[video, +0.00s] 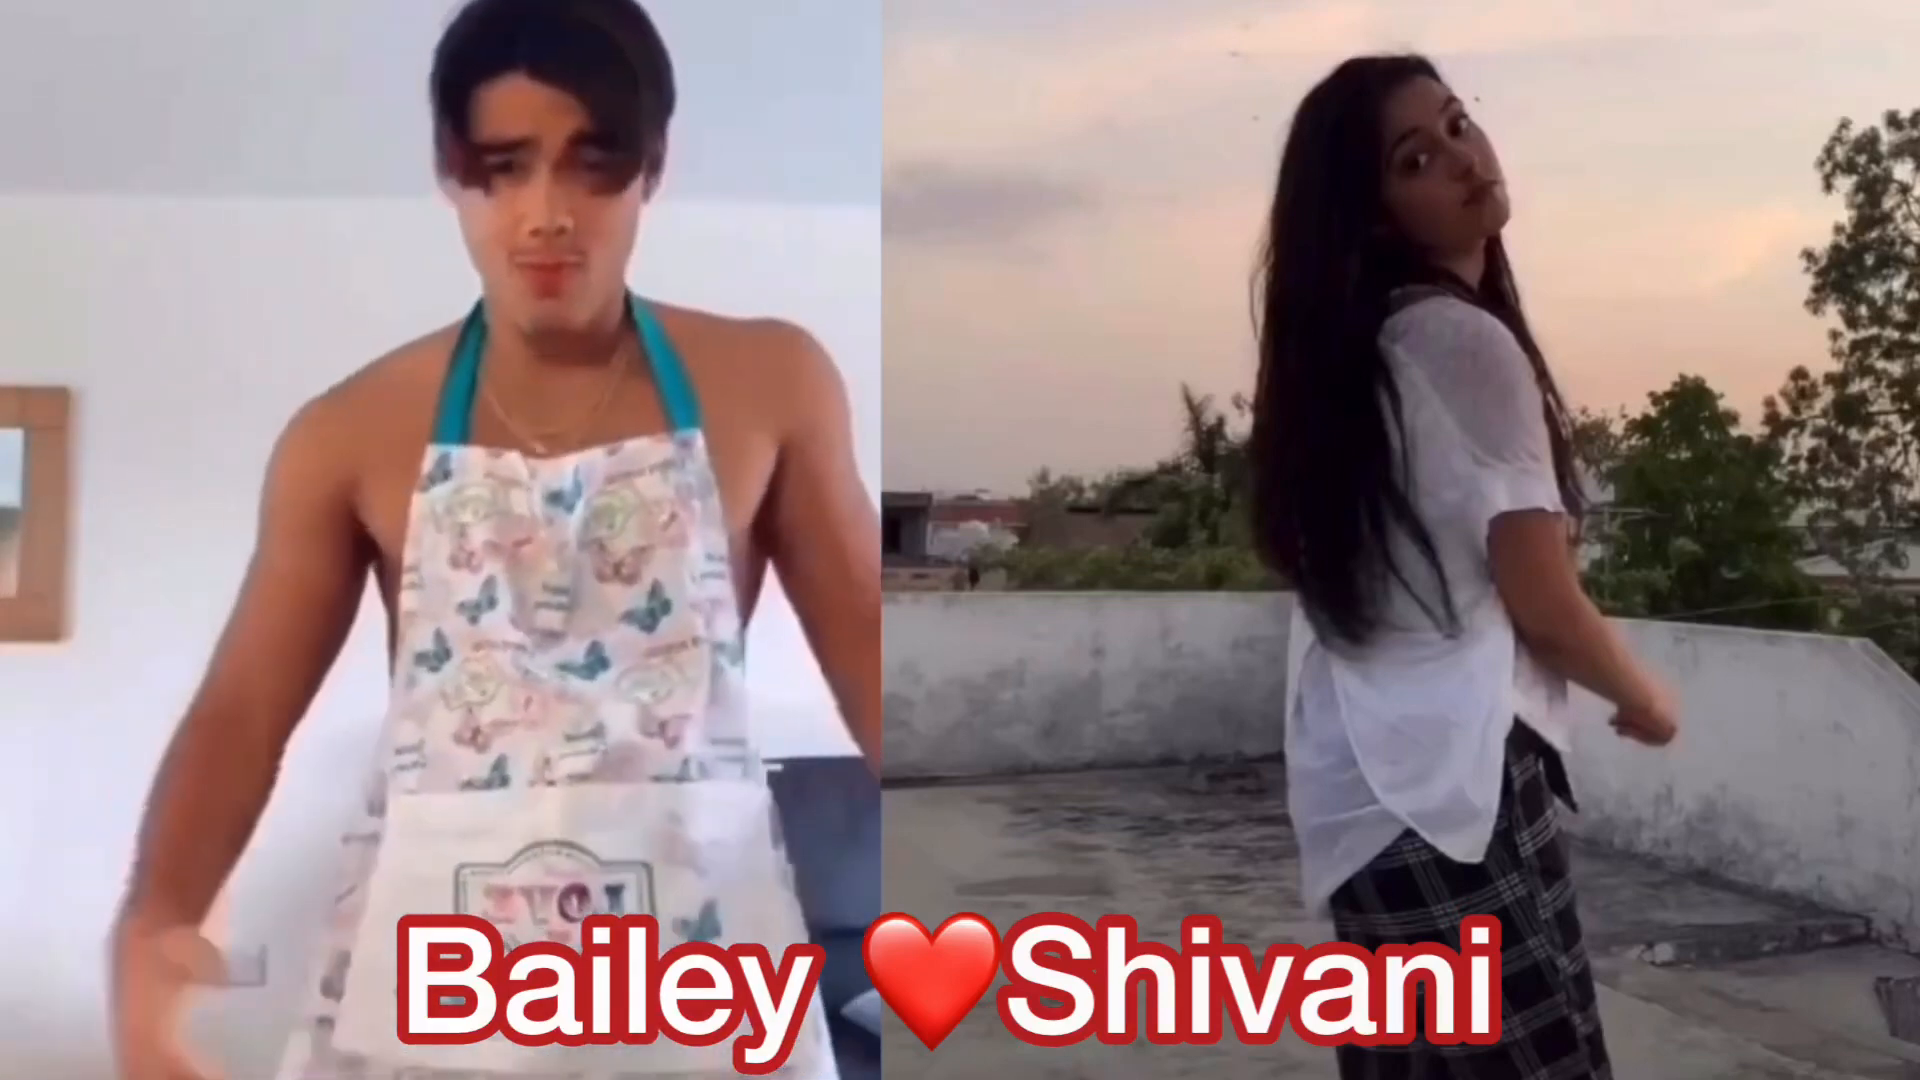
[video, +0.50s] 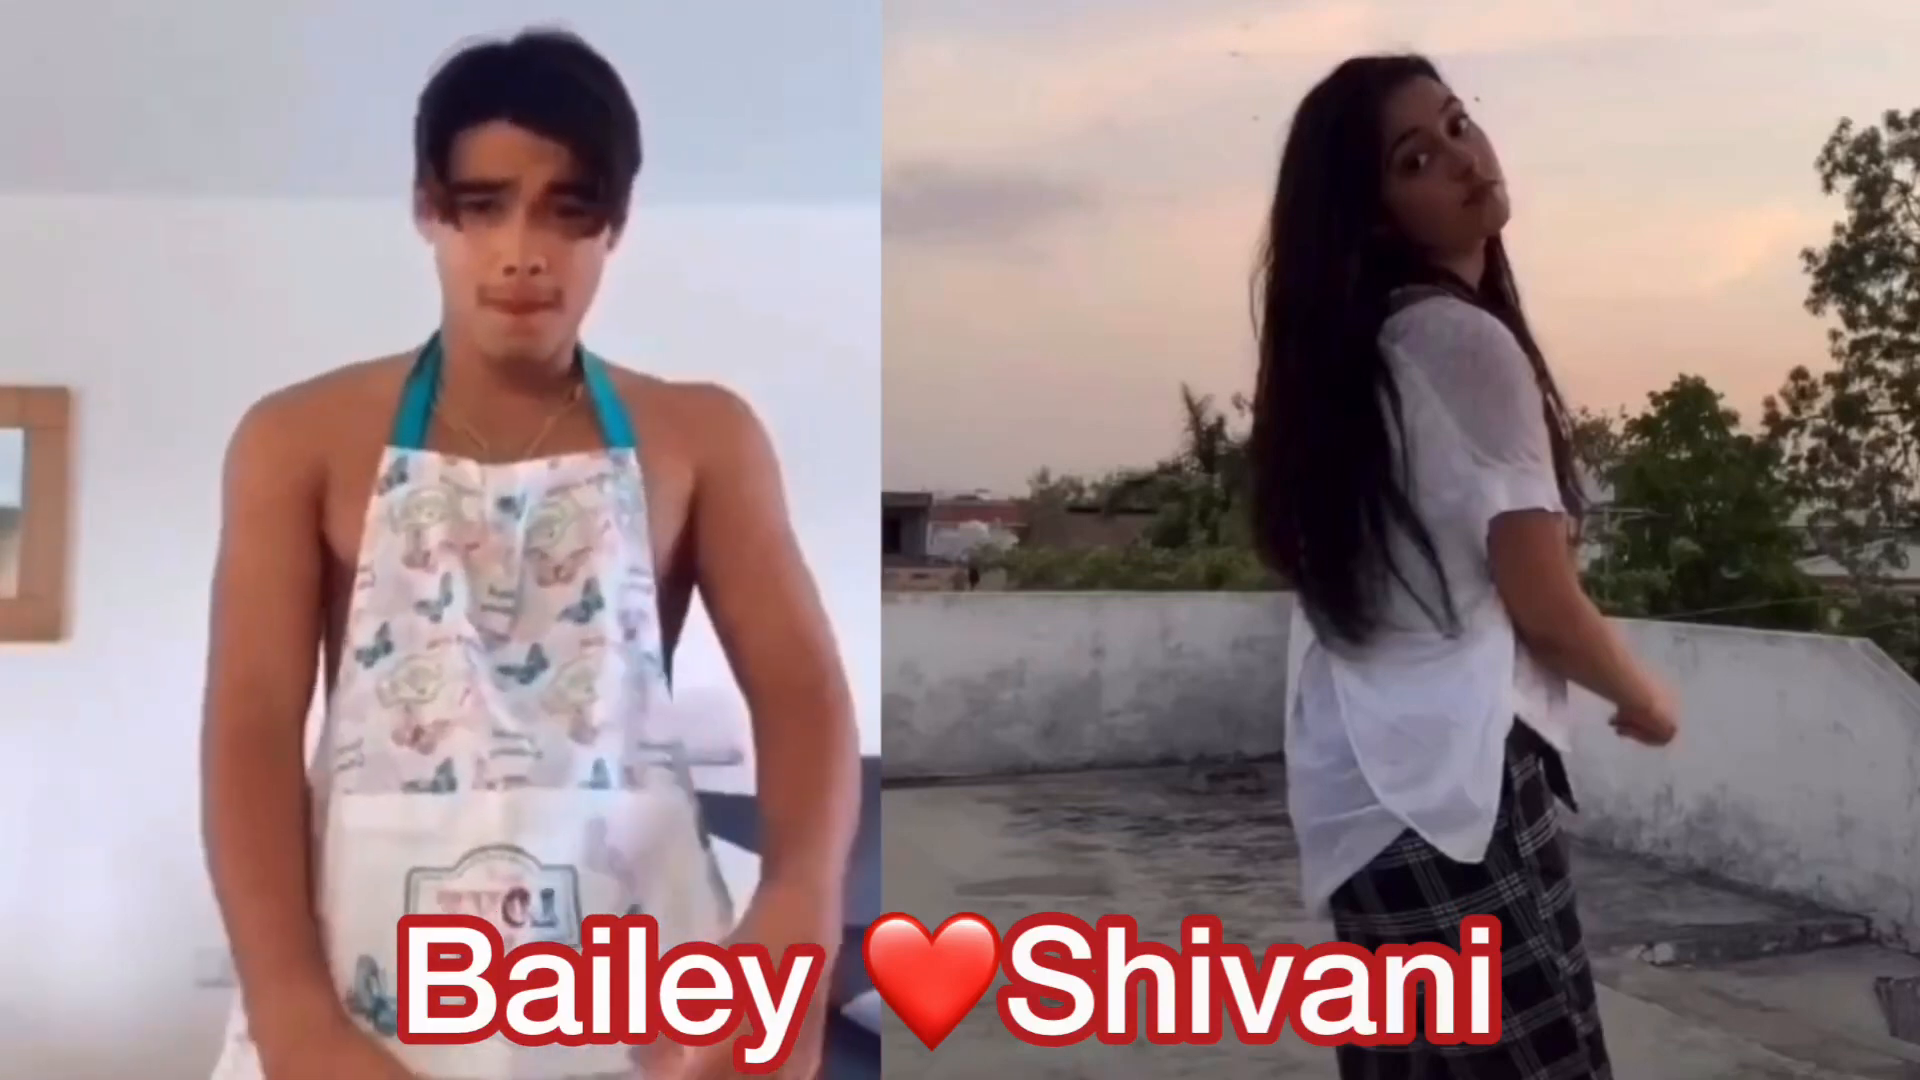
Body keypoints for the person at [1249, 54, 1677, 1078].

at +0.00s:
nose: (1467, 158)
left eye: (1459, 125)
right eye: (1418, 159)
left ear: (1480, 129)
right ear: (1370, 210)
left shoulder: (1352, 332)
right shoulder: (1464, 339)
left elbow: (1392, 565)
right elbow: (1544, 602)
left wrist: (1545, 666)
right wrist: (1643, 697)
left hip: (1361, 783)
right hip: (1451, 789)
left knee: (1396, 1056)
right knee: (1544, 1055)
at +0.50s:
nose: (1467, 158)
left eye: (1459, 125)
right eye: (1418, 158)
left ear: (1479, 128)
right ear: (1370, 210)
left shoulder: (1353, 333)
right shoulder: (1464, 339)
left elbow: (1393, 566)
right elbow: (1545, 603)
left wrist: (1546, 665)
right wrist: (1642, 697)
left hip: (1362, 783)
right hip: (1451, 789)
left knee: (1397, 1056)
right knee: (1544, 1055)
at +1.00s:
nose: (1466, 158)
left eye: (1459, 125)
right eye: (1417, 158)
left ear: (1480, 129)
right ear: (1370, 210)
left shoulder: (1353, 333)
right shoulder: (1465, 339)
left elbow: (1392, 564)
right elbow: (1545, 602)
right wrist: (1643, 697)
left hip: (1362, 783)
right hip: (1452, 789)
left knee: (1397, 1056)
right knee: (1544, 1056)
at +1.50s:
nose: (1466, 158)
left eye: (1459, 125)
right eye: (1417, 158)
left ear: (1480, 129)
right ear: (1370, 210)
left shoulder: (1353, 333)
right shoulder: (1465, 339)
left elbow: (1392, 564)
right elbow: (1545, 602)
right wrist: (1643, 697)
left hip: (1362, 783)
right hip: (1452, 789)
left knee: (1397, 1056)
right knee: (1544, 1056)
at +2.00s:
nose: (1466, 158)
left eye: (1459, 125)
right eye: (1417, 158)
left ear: (1480, 129)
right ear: (1370, 210)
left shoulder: (1354, 333)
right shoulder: (1465, 339)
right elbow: (1546, 604)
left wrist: (1561, 666)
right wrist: (1642, 696)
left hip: (1362, 783)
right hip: (1452, 789)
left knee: (1397, 1056)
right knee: (1545, 1056)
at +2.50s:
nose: (1466, 158)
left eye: (1459, 125)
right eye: (1417, 158)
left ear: (1480, 129)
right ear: (1370, 210)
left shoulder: (1352, 333)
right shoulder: (1465, 339)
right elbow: (1545, 602)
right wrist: (1643, 697)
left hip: (1361, 783)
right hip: (1453, 789)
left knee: (1396, 1056)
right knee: (1544, 1056)